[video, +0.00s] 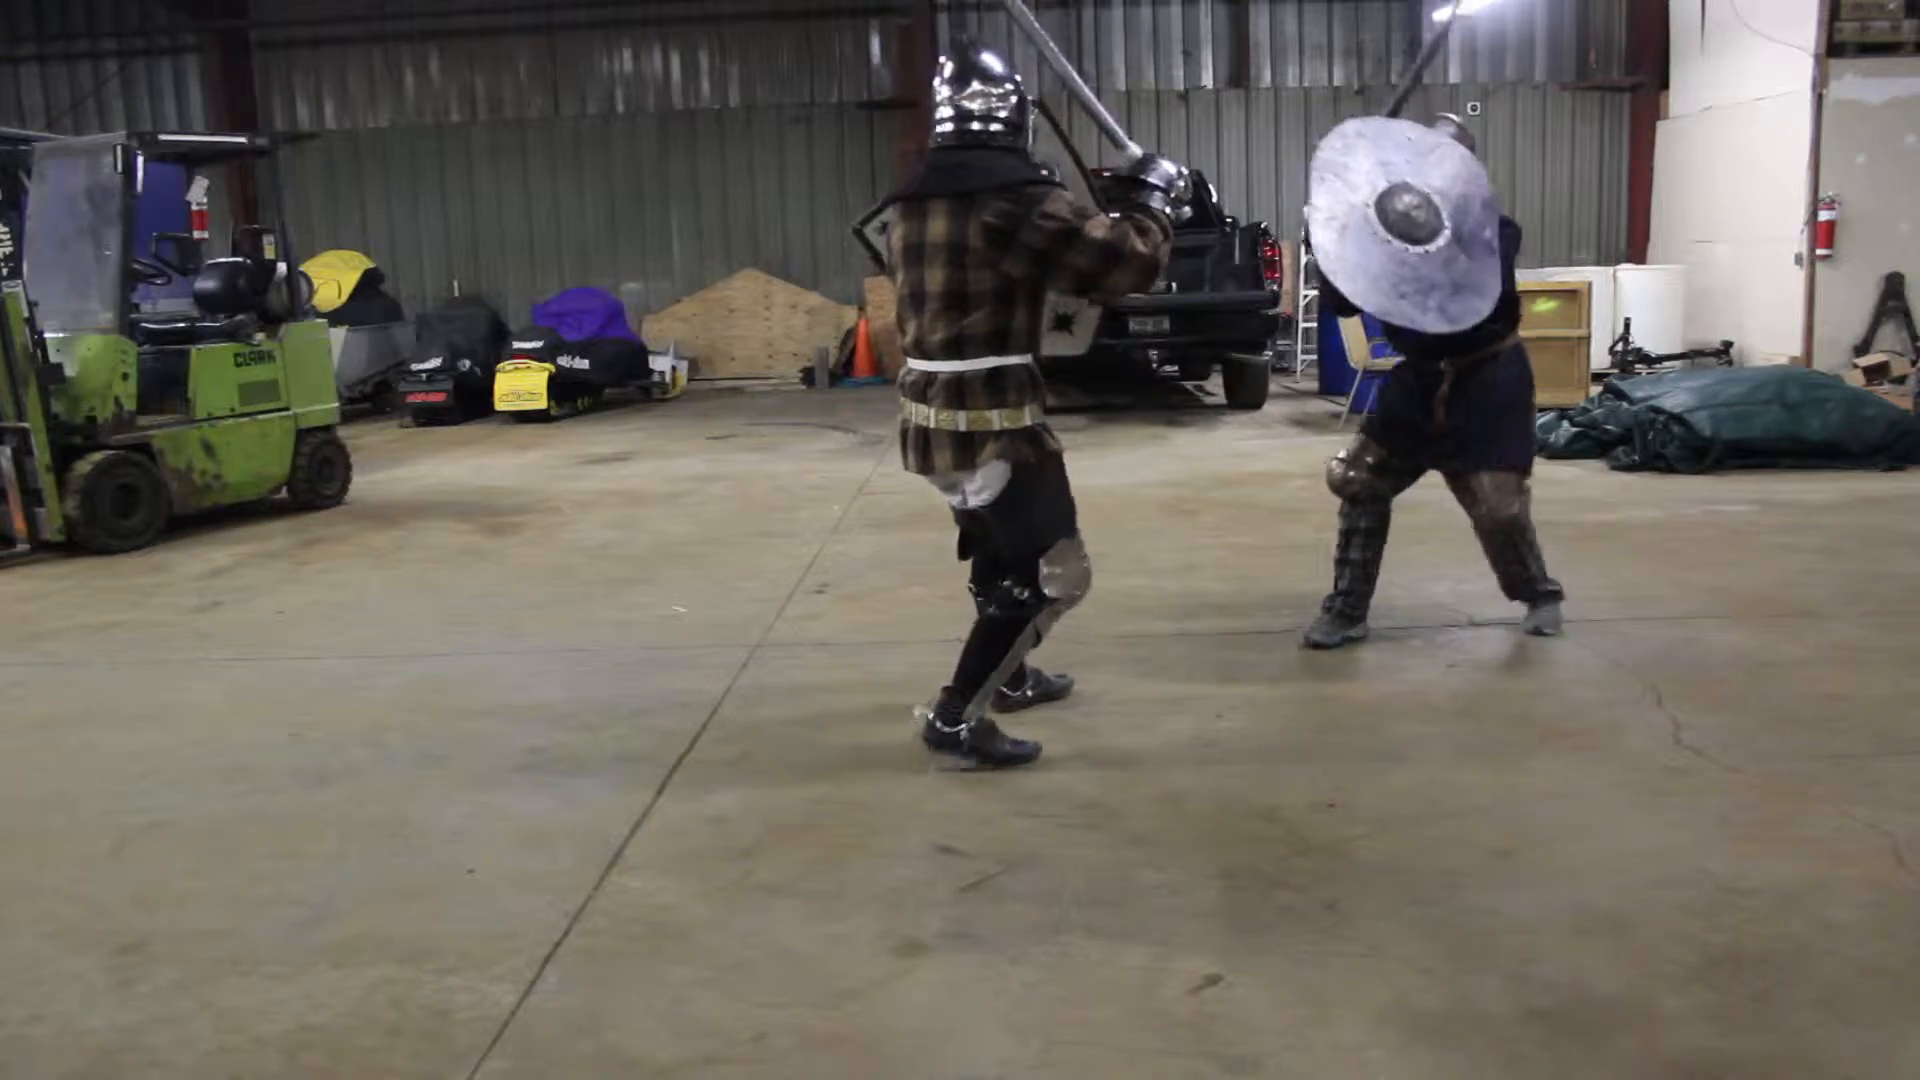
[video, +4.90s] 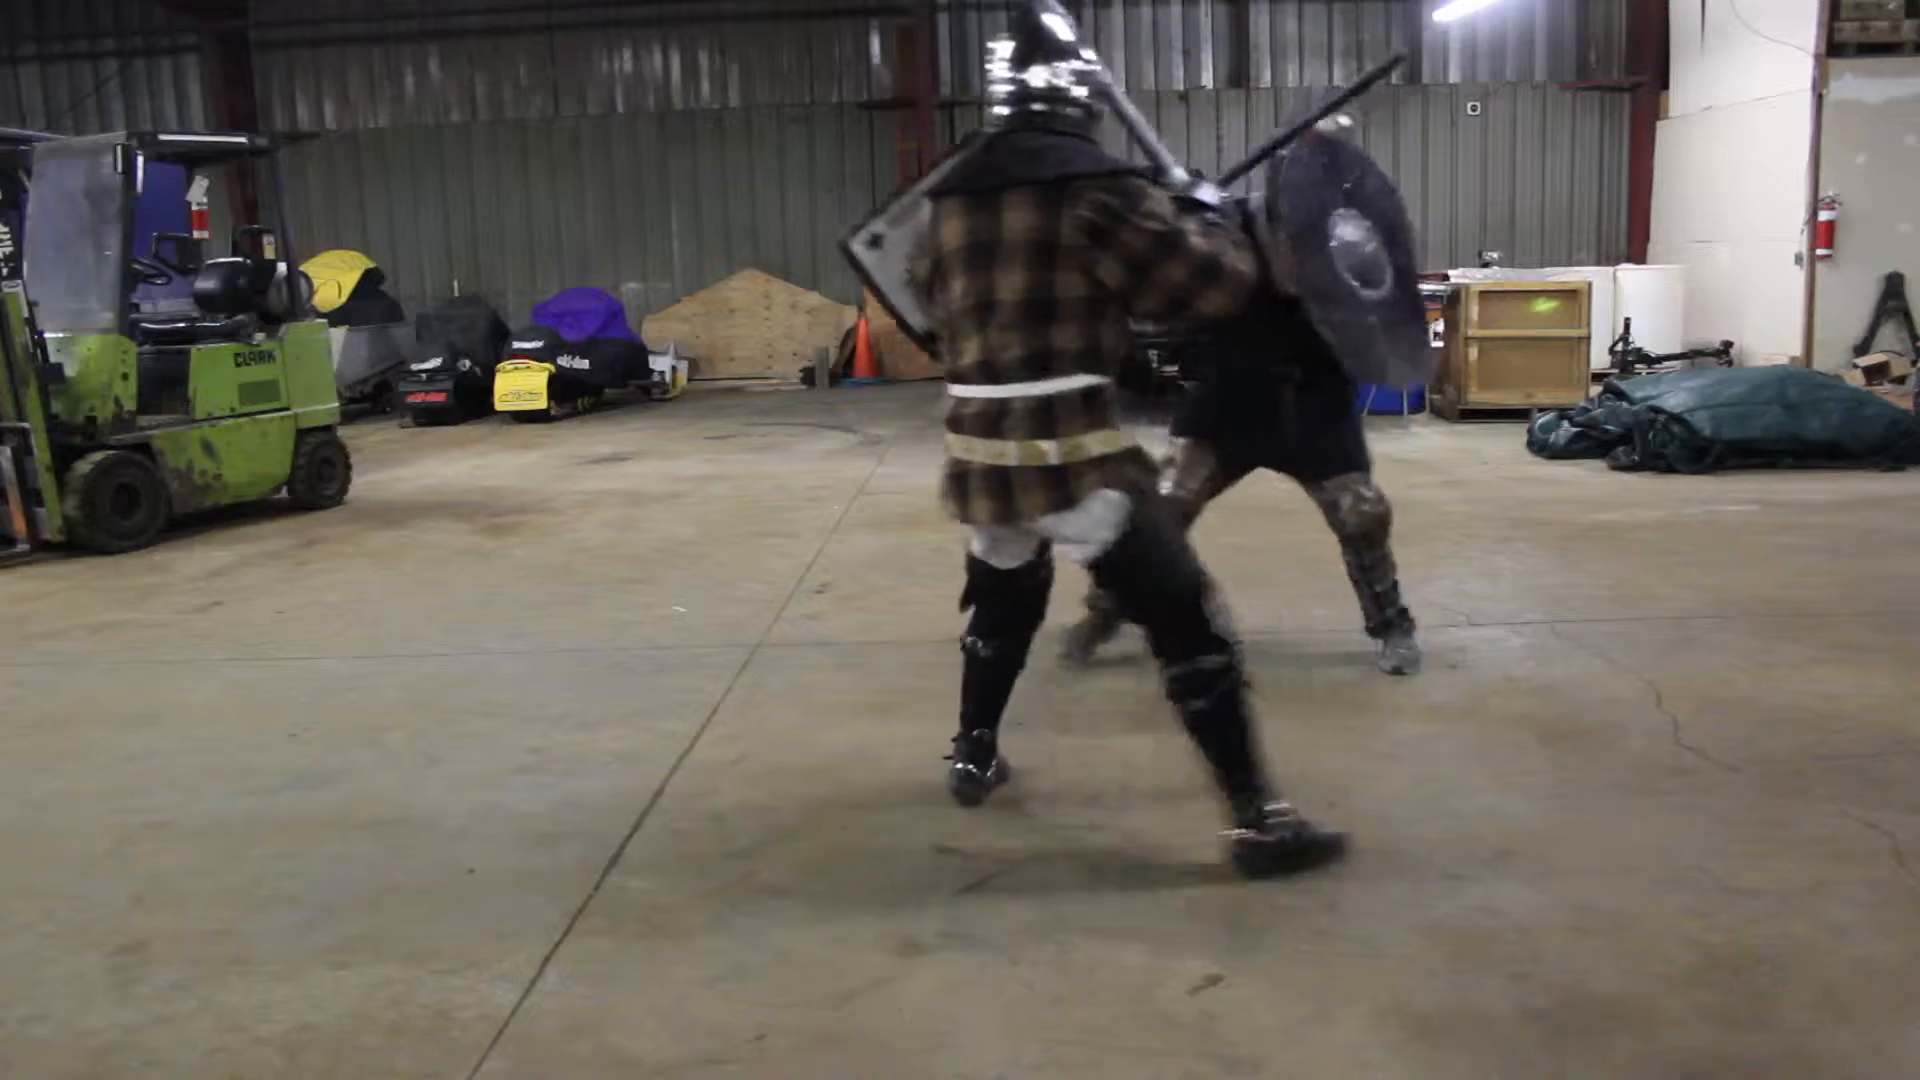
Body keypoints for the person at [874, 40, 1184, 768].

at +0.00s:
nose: (1023, 123)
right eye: (1019, 111)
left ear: (942, 115)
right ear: (1014, 114)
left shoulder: (918, 196)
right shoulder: (1014, 198)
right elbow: (1127, 262)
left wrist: (1100, 202)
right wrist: (1155, 201)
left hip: (935, 419)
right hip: (995, 423)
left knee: (999, 549)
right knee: (1057, 573)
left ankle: (1009, 671)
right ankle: (955, 718)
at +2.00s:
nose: (1030, 122)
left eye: (1021, 110)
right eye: (1026, 110)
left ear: (951, 115)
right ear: (1021, 114)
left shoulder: (921, 200)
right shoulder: (1026, 194)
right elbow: (1127, 270)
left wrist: (1096, 206)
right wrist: (1150, 204)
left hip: (955, 416)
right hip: (1017, 419)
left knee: (1003, 548)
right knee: (1037, 583)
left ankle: (1005, 676)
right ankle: (963, 733)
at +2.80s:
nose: (1105, 113)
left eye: (1097, 99)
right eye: (1100, 99)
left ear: (1010, 92)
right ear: (1089, 103)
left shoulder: (957, 185)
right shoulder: (1094, 196)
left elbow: (938, 280)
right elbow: (1197, 264)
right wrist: (1216, 202)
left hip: (966, 445)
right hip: (1059, 453)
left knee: (971, 581)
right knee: (1136, 597)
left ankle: (932, 729)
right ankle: (1068, 764)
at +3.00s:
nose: (1076, 100)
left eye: (1070, 87)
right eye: (1074, 86)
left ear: (976, 78)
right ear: (1061, 84)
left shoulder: (925, 179)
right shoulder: (1078, 181)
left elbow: (894, 300)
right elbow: (1152, 292)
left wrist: (944, 358)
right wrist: (1216, 239)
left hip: (948, 441)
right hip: (1059, 441)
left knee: (931, 609)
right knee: (1094, 593)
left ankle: (909, 767)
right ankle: (1067, 766)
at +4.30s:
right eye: (1119, 45)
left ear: (1025, 59)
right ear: (1116, 57)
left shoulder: (972, 172)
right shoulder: (1158, 147)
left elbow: (946, 323)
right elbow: (1259, 280)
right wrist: (1273, 209)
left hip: (1037, 454)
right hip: (1157, 448)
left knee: (1045, 634)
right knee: (1228, 619)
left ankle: (1036, 825)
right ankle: (1207, 817)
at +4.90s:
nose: (1104, 119)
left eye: (1097, 106)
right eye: (1100, 105)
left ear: (1008, 102)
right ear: (1084, 104)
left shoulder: (950, 195)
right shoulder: (1095, 191)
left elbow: (934, 315)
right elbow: (1221, 281)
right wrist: (1218, 215)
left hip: (982, 460)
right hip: (1085, 460)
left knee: (1002, 606)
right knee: (1185, 619)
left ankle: (972, 754)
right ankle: (1256, 814)